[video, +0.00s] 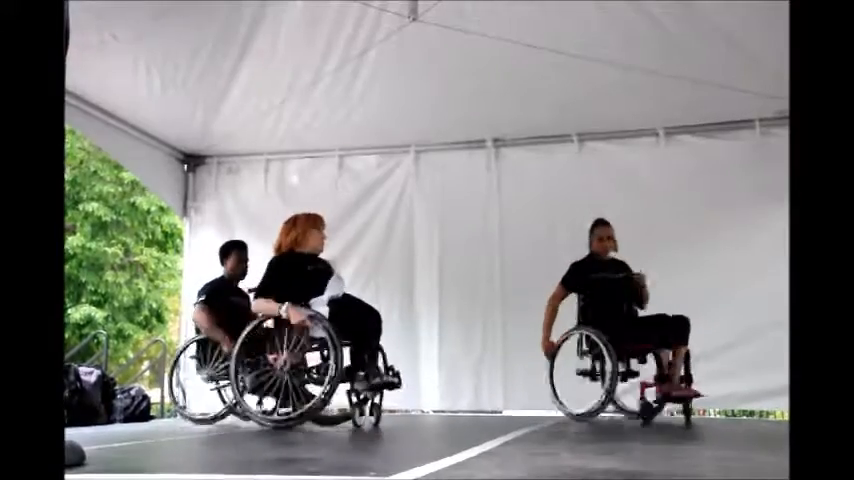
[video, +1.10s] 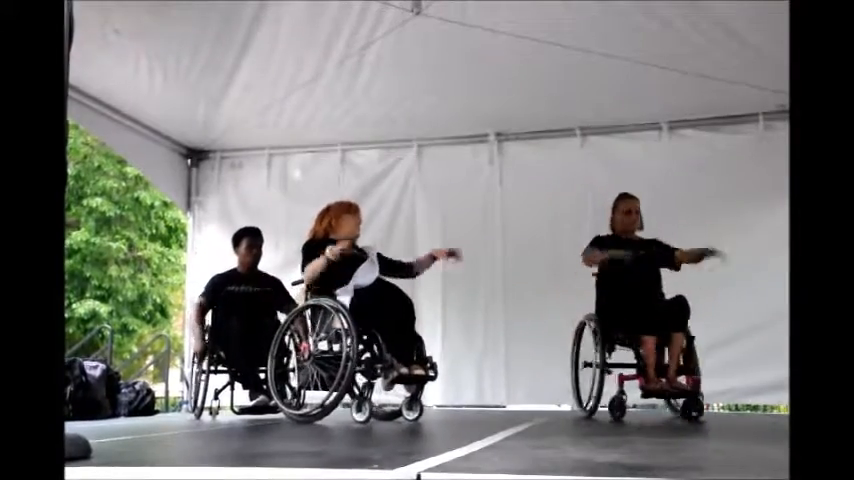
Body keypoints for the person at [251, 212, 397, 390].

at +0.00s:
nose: (324, 236)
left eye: (323, 231)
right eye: (319, 230)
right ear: (302, 234)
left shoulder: (322, 265)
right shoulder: (282, 263)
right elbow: (258, 304)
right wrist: (287, 309)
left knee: (371, 317)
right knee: (364, 321)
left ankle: (369, 370)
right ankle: (361, 373)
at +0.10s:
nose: (328, 235)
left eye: (327, 230)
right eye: (323, 229)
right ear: (306, 233)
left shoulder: (325, 263)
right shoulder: (285, 261)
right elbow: (262, 303)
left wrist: (375, 336)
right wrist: (292, 306)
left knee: (368, 314)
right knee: (356, 316)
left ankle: (373, 371)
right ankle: (363, 373)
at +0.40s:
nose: (338, 230)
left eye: (338, 226)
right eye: (334, 226)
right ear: (317, 228)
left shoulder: (342, 260)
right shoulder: (292, 256)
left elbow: (363, 295)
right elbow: (274, 298)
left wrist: (389, 327)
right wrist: (297, 304)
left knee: (369, 305)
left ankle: (380, 367)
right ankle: (369, 368)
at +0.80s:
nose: (354, 226)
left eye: (353, 222)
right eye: (349, 222)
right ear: (330, 224)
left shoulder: (354, 255)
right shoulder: (308, 250)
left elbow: (379, 287)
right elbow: (301, 292)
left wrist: (412, 316)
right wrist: (322, 304)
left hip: (369, 303)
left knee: (391, 307)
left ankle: (399, 363)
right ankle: (390, 364)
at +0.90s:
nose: (355, 224)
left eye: (354, 220)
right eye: (350, 219)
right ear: (332, 223)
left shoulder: (355, 255)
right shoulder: (310, 250)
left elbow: (382, 286)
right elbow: (303, 292)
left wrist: (416, 305)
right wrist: (325, 299)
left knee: (397, 306)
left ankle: (399, 363)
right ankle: (388, 365)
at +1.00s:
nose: (358, 222)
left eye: (357, 218)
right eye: (352, 218)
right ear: (334, 222)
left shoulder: (360, 255)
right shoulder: (313, 250)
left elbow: (396, 281)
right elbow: (306, 286)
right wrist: (329, 278)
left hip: (369, 303)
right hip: (332, 311)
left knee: (400, 304)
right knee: (381, 308)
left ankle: (406, 362)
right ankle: (388, 364)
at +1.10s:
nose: (356, 231)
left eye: (358, 226)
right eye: (351, 226)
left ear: (358, 226)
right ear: (332, 227)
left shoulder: (364, 255)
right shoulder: (315, 248)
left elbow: (408, 270)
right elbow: (308, 276)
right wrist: (326, 258)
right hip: (332, 311)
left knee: (401, 304)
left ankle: (409, 361)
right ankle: (394, 363)